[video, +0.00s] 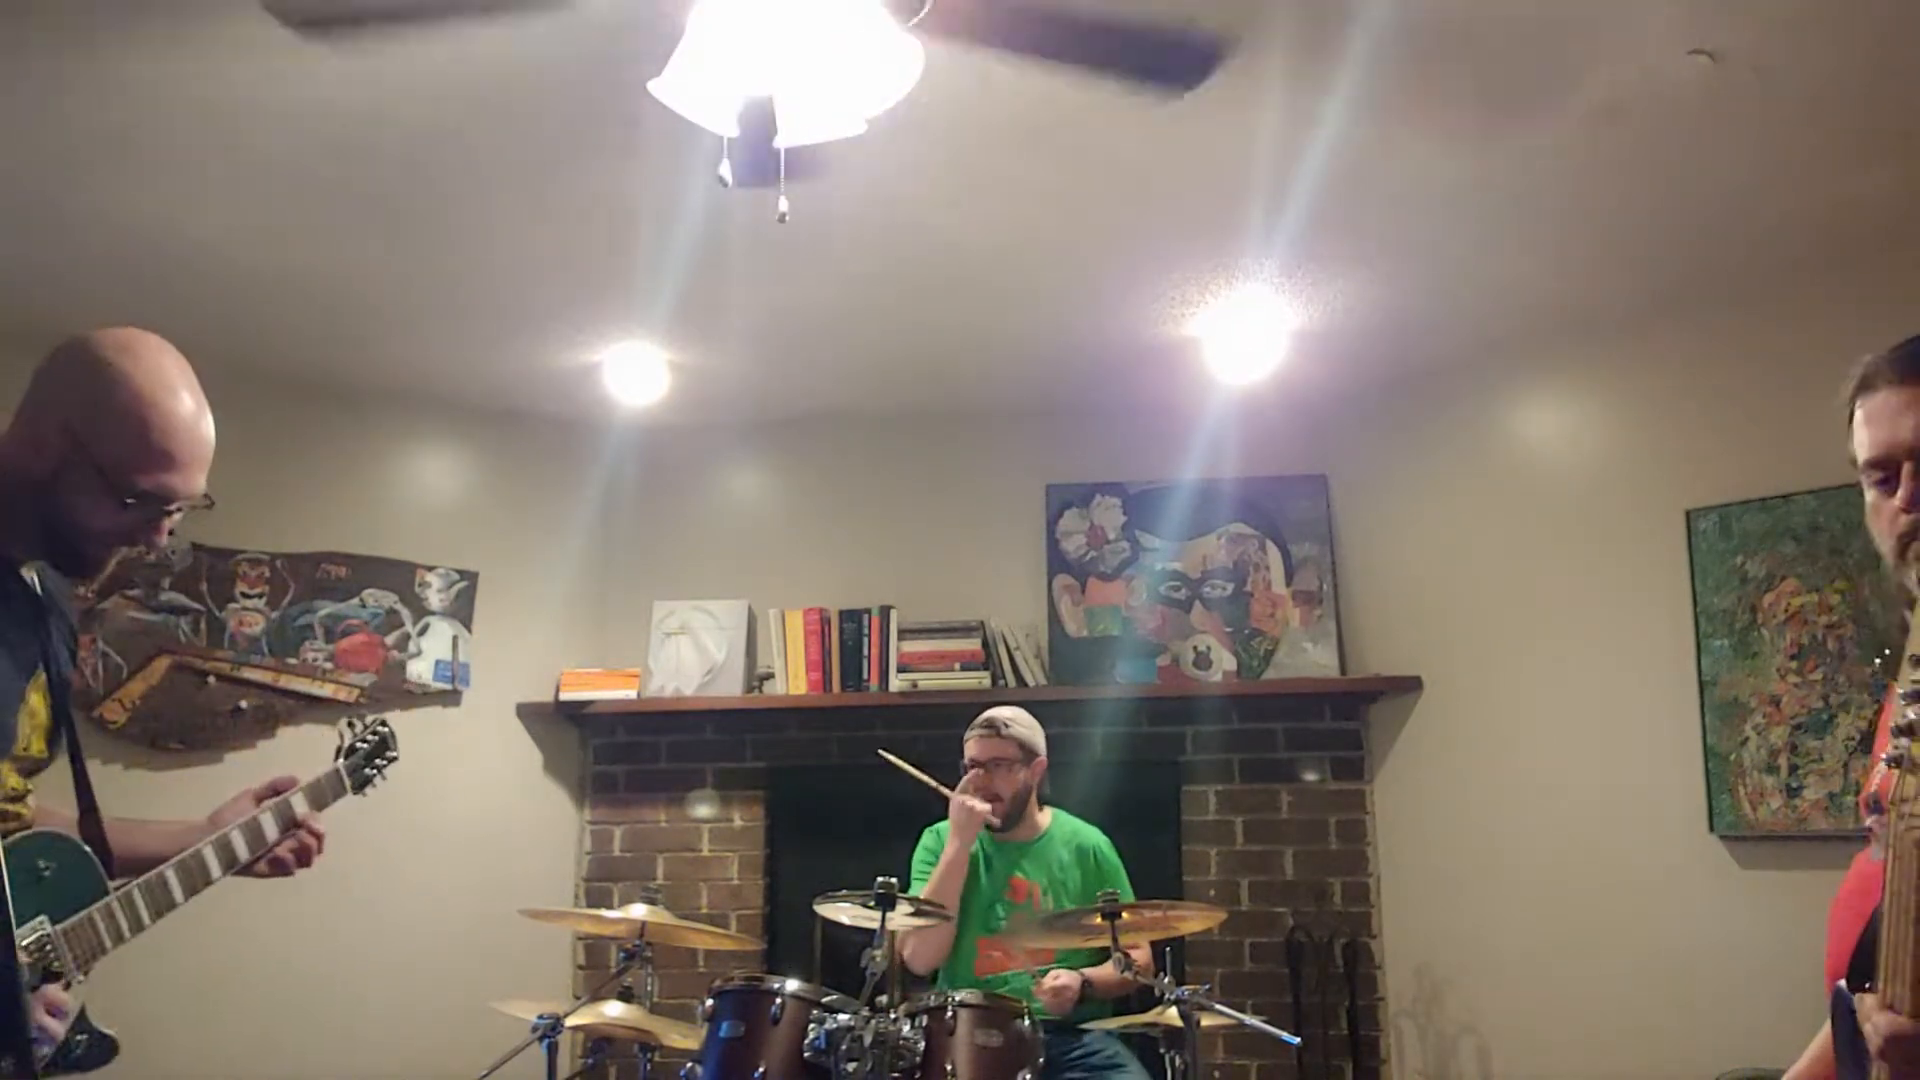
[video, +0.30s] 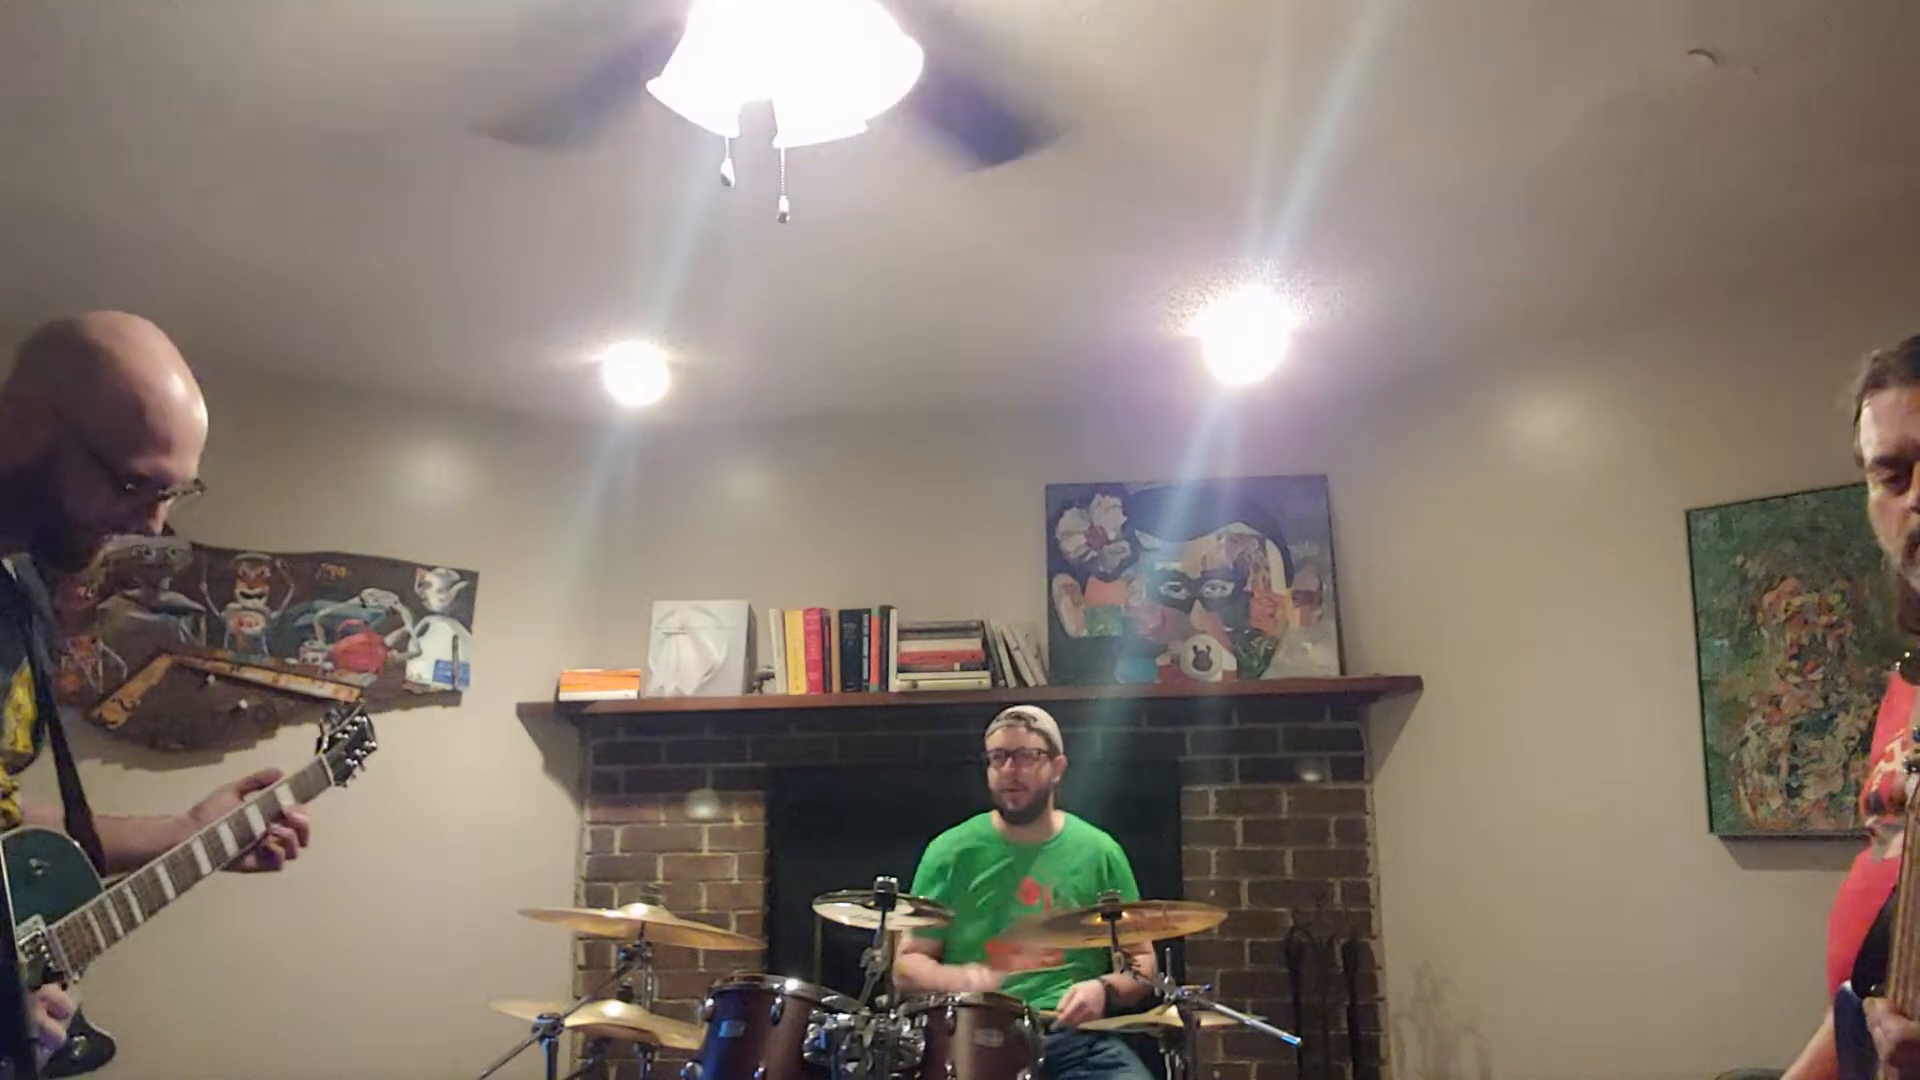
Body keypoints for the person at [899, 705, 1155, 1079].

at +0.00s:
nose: (980, 780)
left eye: (998, 766)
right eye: (972, 767)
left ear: (1036, 770)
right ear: (962, 769)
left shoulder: (1088, 846)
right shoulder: (941, 842)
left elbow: (1140, 959)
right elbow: (920, 959)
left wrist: (1083, 980)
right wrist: (959, 843)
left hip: (1071, 1033)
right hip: (967, 1031)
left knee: (1132, 1076)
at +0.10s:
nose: (989, 778)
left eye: (1006, 763)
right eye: (980, 764)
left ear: (1043, 769)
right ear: (970, 769)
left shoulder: (1090, 846)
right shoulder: (944, 843)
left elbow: (1141, 961)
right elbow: (912, 973)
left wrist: (1088, 979)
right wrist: (962, 870)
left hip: (1072, 1032)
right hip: (966, 1031)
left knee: (1131, 1075)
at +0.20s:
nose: (1000, 774)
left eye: (1017, 759)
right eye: (990, 761)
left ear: (1052, 767)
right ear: (980, 768)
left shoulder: (1095, 850)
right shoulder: (948, 847)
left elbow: (1143, 966)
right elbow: (907, 977)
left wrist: (1097, 982)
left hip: (1072, 1031)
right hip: (970, 1031)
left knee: (1131, 1074)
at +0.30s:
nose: (1009, 771)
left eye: (1026, 757)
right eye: (999, 758)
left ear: (1057, 768)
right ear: (987, 768)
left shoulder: (1099, 852)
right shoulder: (949, 852)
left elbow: (1143, 965)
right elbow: (908, 966)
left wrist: (1105, 988)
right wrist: (959, 978)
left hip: (1073, 1032)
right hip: (974, 1031)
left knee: (1133, 1075)